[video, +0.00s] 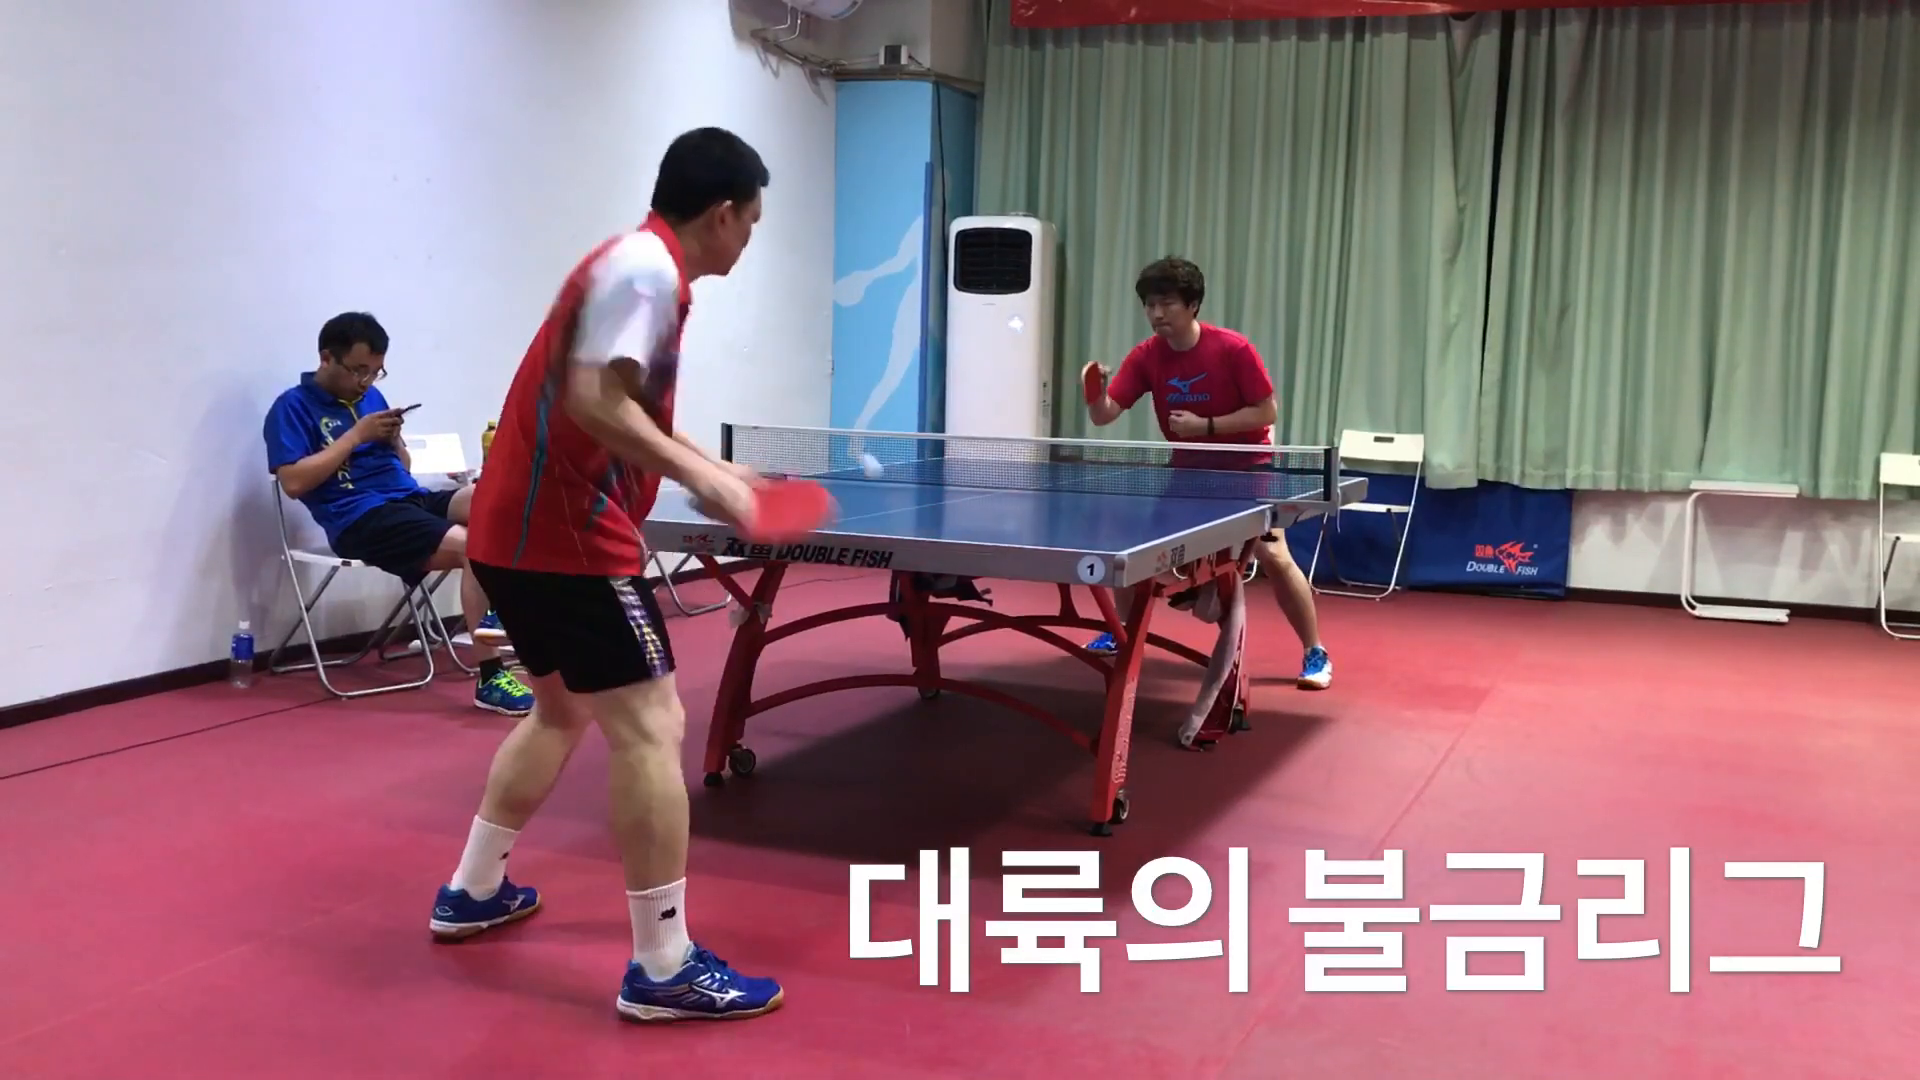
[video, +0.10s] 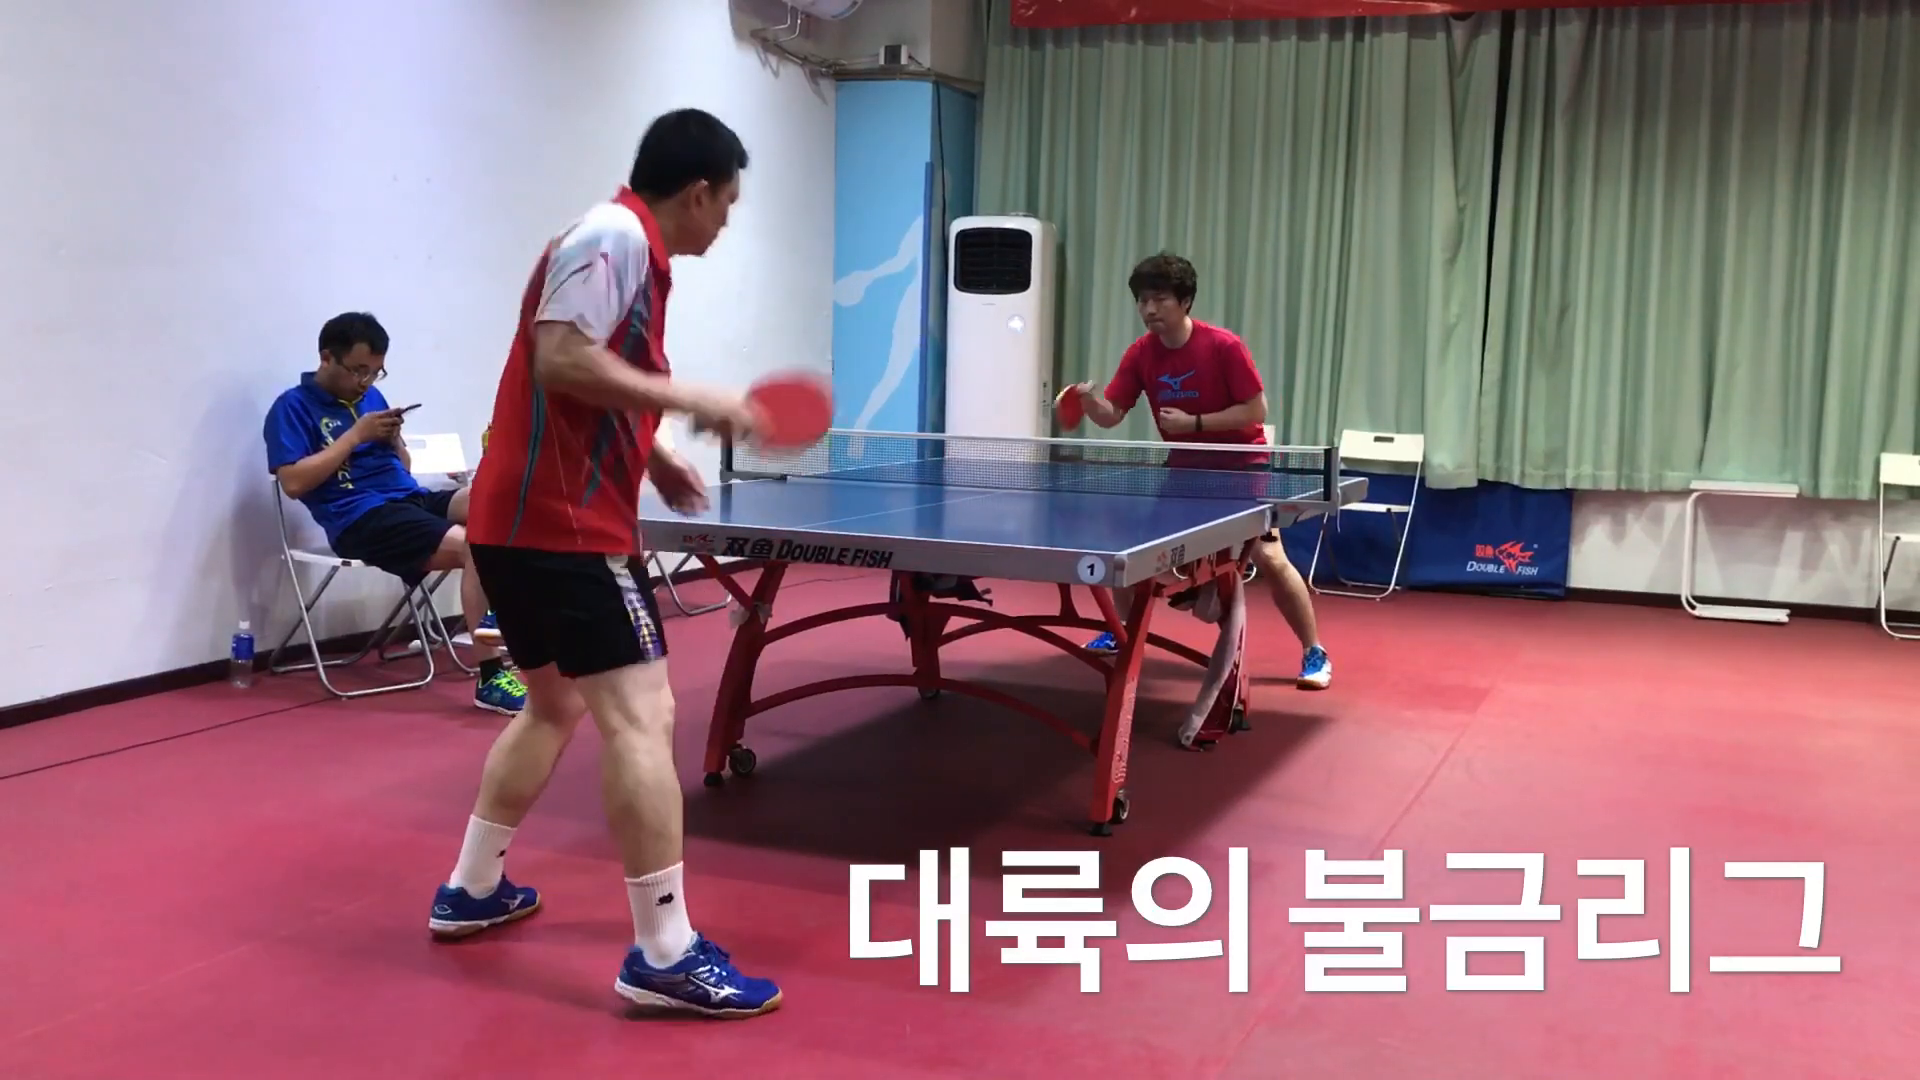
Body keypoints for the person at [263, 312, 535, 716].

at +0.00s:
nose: (366, 382)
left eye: (374, 372)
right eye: (358, 371)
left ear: (380, 366)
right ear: (327, 358)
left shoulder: (370, 398)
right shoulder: (291, 408)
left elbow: (404, 467)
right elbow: (294, 483)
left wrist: (393, 438)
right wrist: (358, 434)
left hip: (409, 500)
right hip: (361, 519)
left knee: (484, 499)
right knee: (477, 548)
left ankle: (496, 611)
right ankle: (491, 677)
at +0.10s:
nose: (367, 383)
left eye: (375, 373)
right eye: (359, 372)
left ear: (381, 365)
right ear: (326, 358)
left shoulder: (370, 398)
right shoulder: (291, 408)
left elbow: (404, 467)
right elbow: (294, 483)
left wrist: (393, 438)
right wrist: (357, 435)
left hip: (411, 500)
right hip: (363, 520)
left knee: (491, 503)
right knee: (476, 548)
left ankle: (496, 614)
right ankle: (492, 676)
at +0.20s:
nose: (367, 383)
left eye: (374, 373)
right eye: (359, 372)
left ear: (380, 367)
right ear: (326, 359)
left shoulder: (370, 397)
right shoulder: (291, 408)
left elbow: (404, 467)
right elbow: (294, 483)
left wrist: (393, 437)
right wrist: (356, 435)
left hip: (410, 499)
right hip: (364, 519)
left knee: (495, 507)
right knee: (474, 547)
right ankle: (492, 674)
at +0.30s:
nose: (366, 383)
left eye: (373, 373)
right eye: (358, 371)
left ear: (379, 369)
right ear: (326, 359)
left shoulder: (370, 397)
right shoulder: (291, 408)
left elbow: (403, 469)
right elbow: (294, 483)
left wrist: (393, 436)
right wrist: (356, 435)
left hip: (410, 499)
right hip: (363, 518)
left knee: (494, 506)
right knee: (474, 548)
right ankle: (491, 674)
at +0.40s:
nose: (366, 383)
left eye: (373, 373)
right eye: (358, 371)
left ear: (379, 368)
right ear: (326, 359)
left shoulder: (369, 397)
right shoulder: (292, 408)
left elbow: (403, 468)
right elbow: (293, 484)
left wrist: (393, 436)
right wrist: (355, 435)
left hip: (409, 500)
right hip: (364, 518)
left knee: (494, 504)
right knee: (474, 546)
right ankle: (490, 674)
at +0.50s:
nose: (366, 383)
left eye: (373, 373)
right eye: (358, 371)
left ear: (379, 368)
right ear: (326, 359)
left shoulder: (369, 397)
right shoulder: (291, 408)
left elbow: (403, 468)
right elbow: (293, 483)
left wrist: (393, 436)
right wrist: (355, 435)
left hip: (409, 499)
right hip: (364, 518)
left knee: (490, 502)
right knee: (474, 546)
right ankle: (490, 675)